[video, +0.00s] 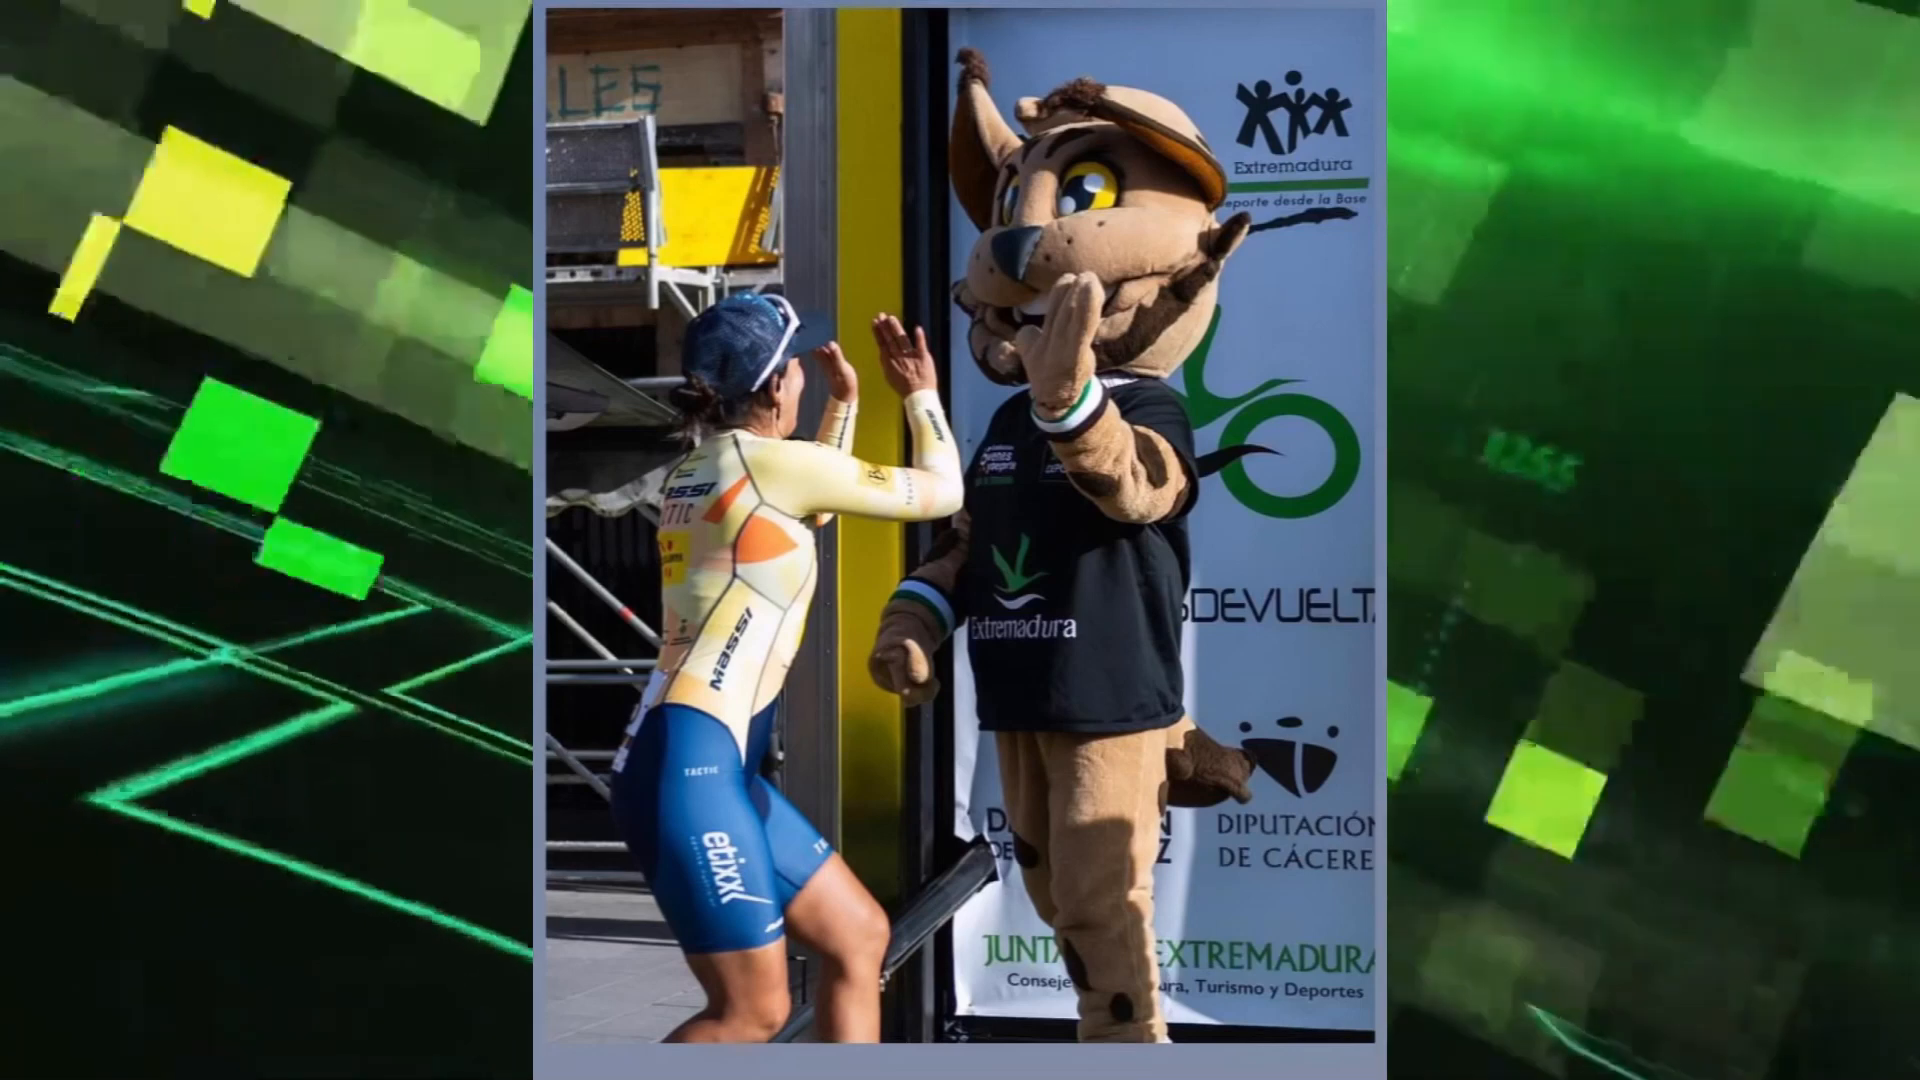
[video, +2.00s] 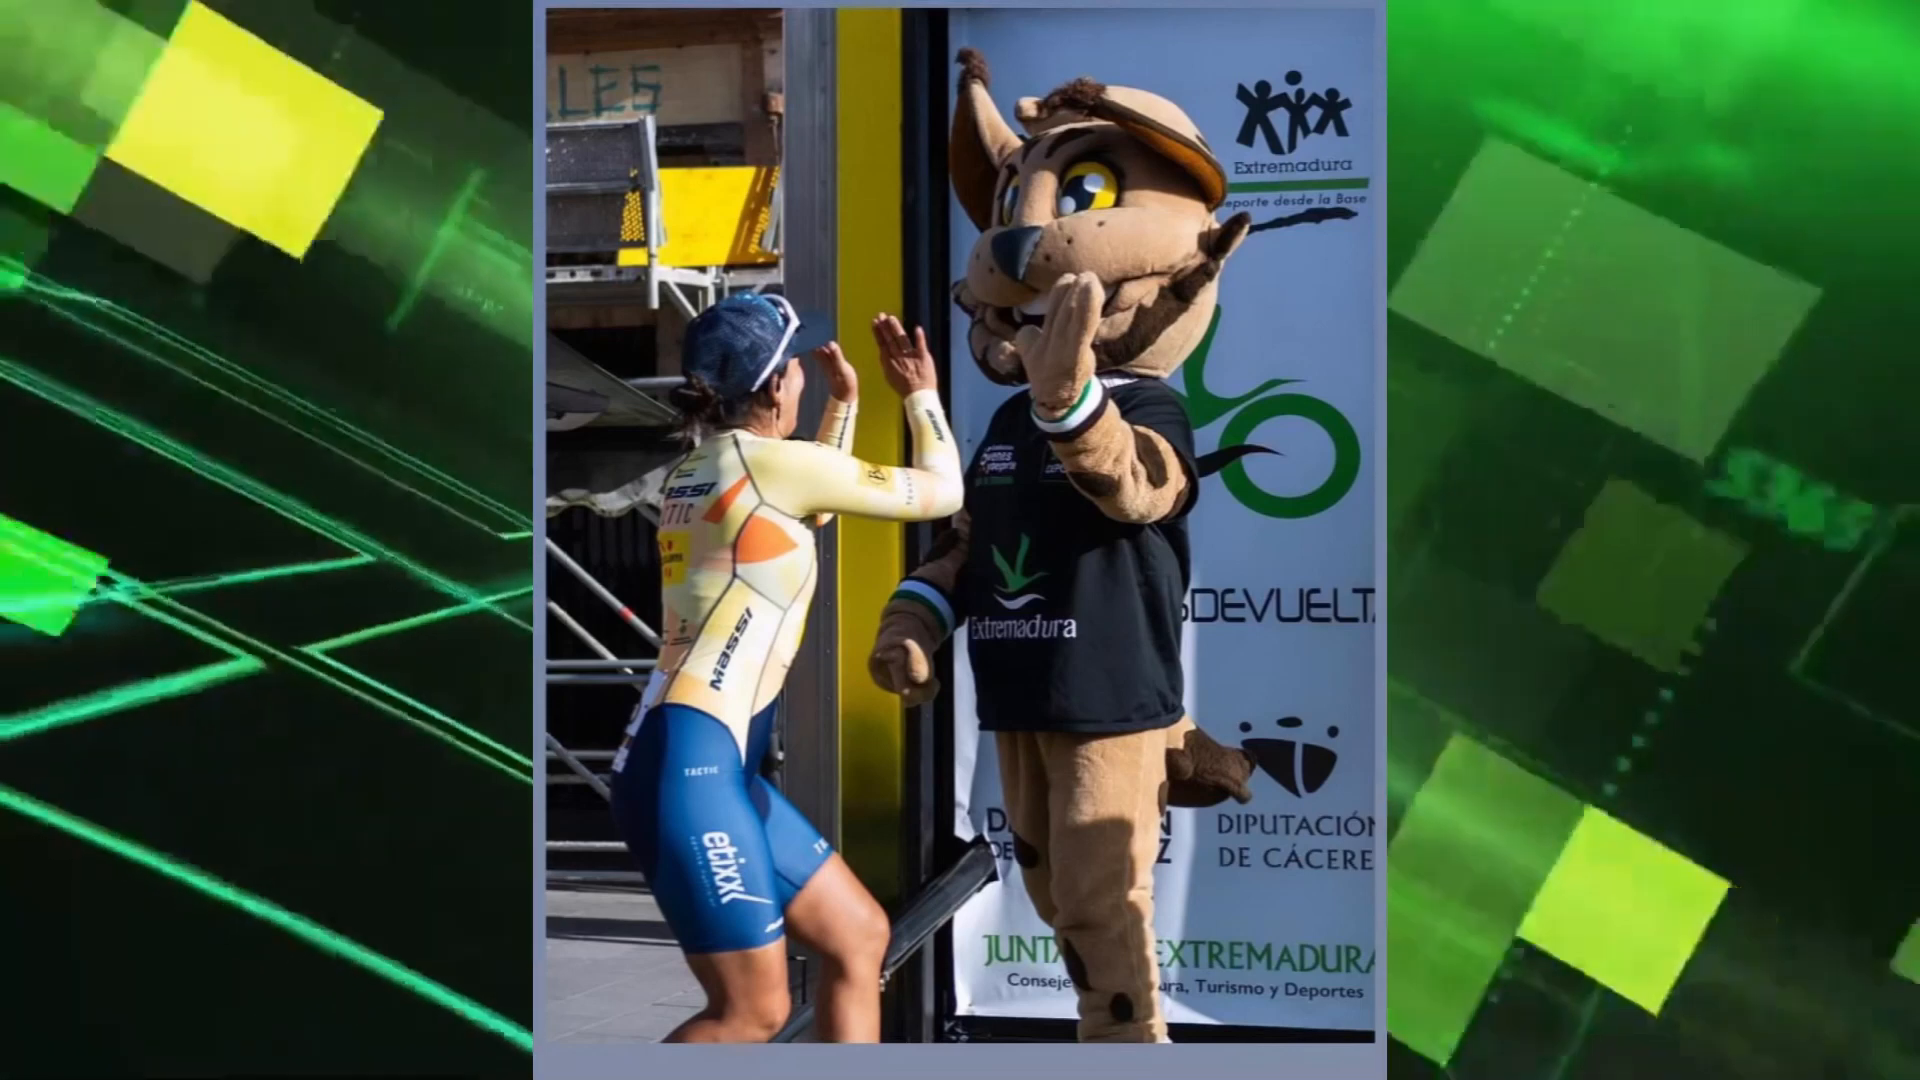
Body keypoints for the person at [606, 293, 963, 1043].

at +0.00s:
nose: (803, 377)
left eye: (799, 362)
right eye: (797, 364)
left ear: (714, 387)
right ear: (777, 380)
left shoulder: (693, 471)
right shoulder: (781, 465)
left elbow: (798, 494)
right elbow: (938, 492)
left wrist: (841, 411)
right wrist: (924, 395)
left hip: (714, 769)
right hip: (686, 774)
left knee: (860, 934)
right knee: (754, 1010)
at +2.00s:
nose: (803, 377)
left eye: (800, 363)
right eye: (796, 364)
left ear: (715, 387)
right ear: (776, 380)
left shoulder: (692, 471)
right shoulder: (778, 465)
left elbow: (798, 494)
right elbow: (938, 492)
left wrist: (840, 412)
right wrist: (924, 395)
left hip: (714, 770)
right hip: (686, 774)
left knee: (860, 934)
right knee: (754, 1010)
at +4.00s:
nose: (803, 377)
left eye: (799, 362)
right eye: (796, 364)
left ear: (714, 387)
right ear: (777, 380)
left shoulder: (694, 471)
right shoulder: (781, 466)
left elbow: (799, 493)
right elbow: (938, 492)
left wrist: (841, 411)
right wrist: (924, 395)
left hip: (714, 769)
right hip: (686, 774)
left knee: (860, 934)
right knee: (754, 1010)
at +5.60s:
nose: (803, 378)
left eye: (800, 363)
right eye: (797, 365)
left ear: (714, 387)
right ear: (777, 380)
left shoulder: (695, 471)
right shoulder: (779, 465)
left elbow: (800, 494)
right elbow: (939, 492)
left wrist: (841, 410)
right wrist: (924, 395)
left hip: (714, 769)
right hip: (686, 774)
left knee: (860, 934)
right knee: (754, 1010)